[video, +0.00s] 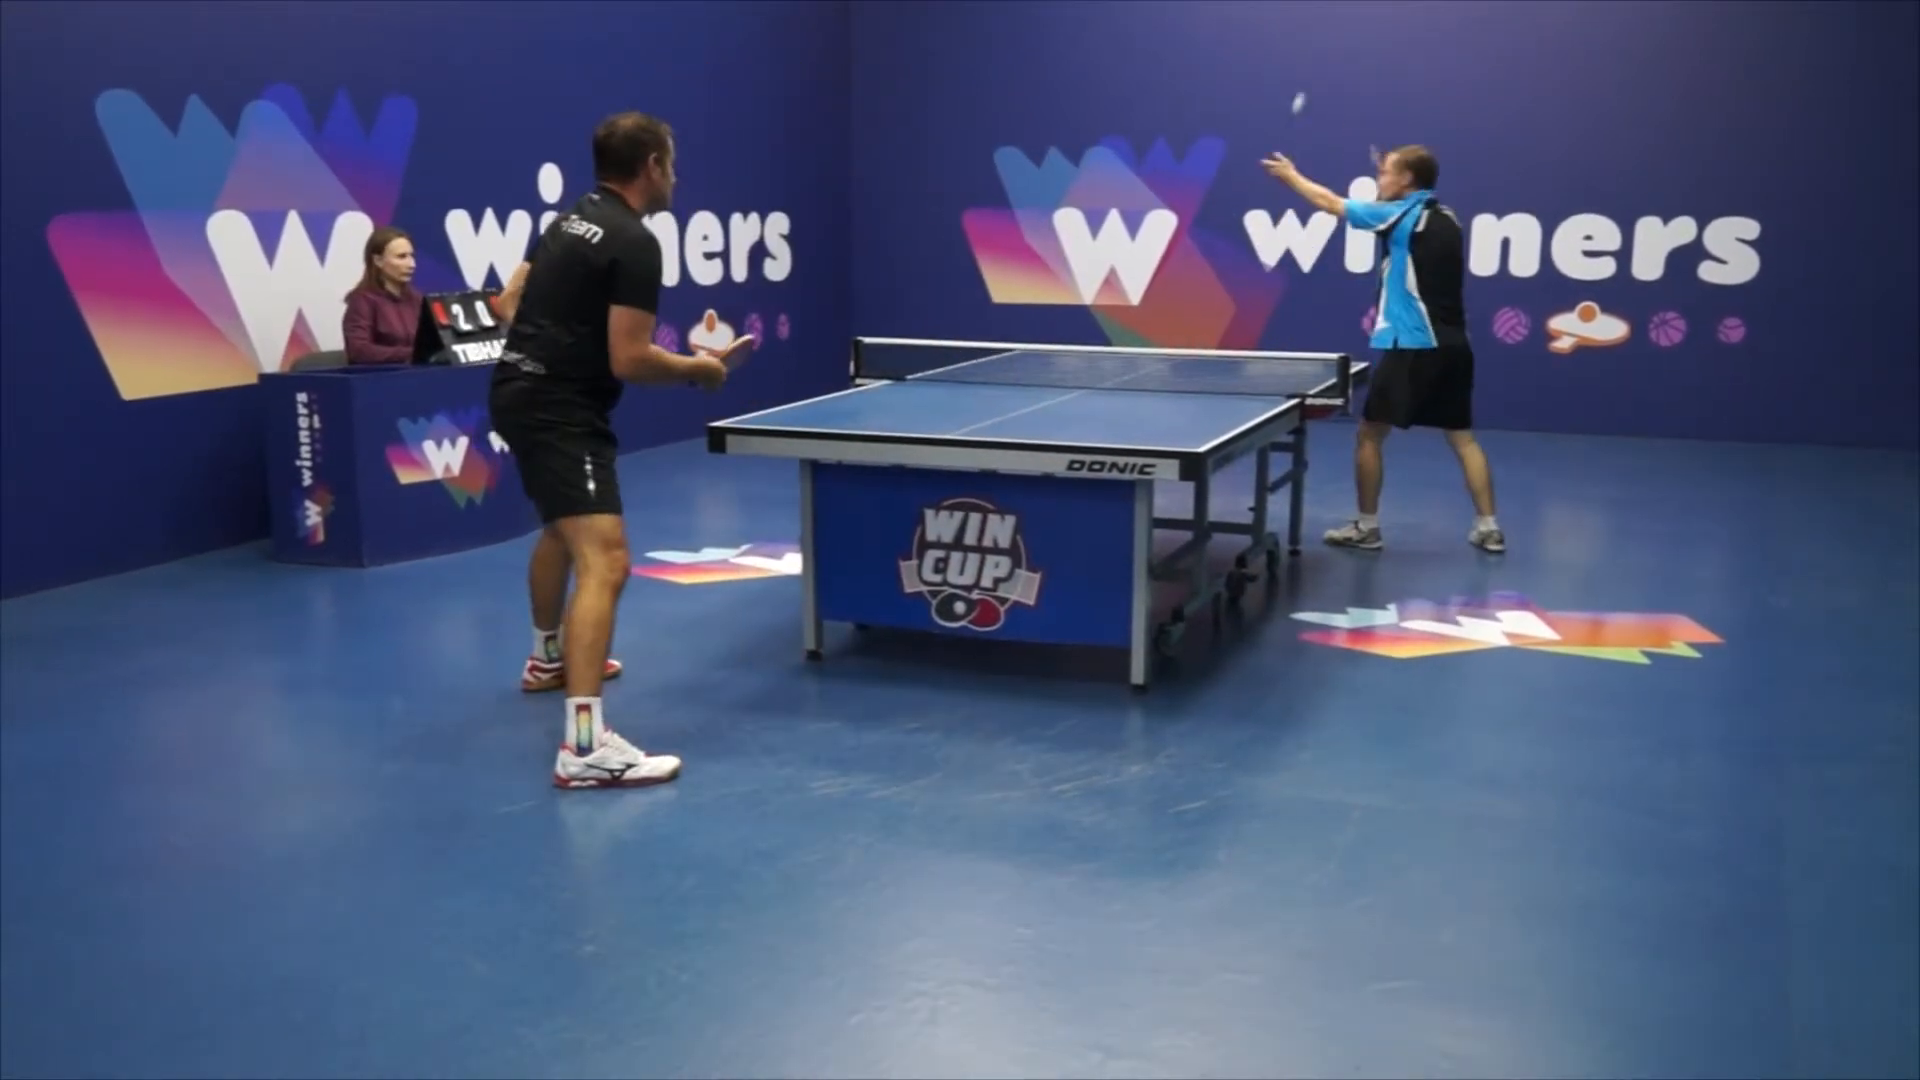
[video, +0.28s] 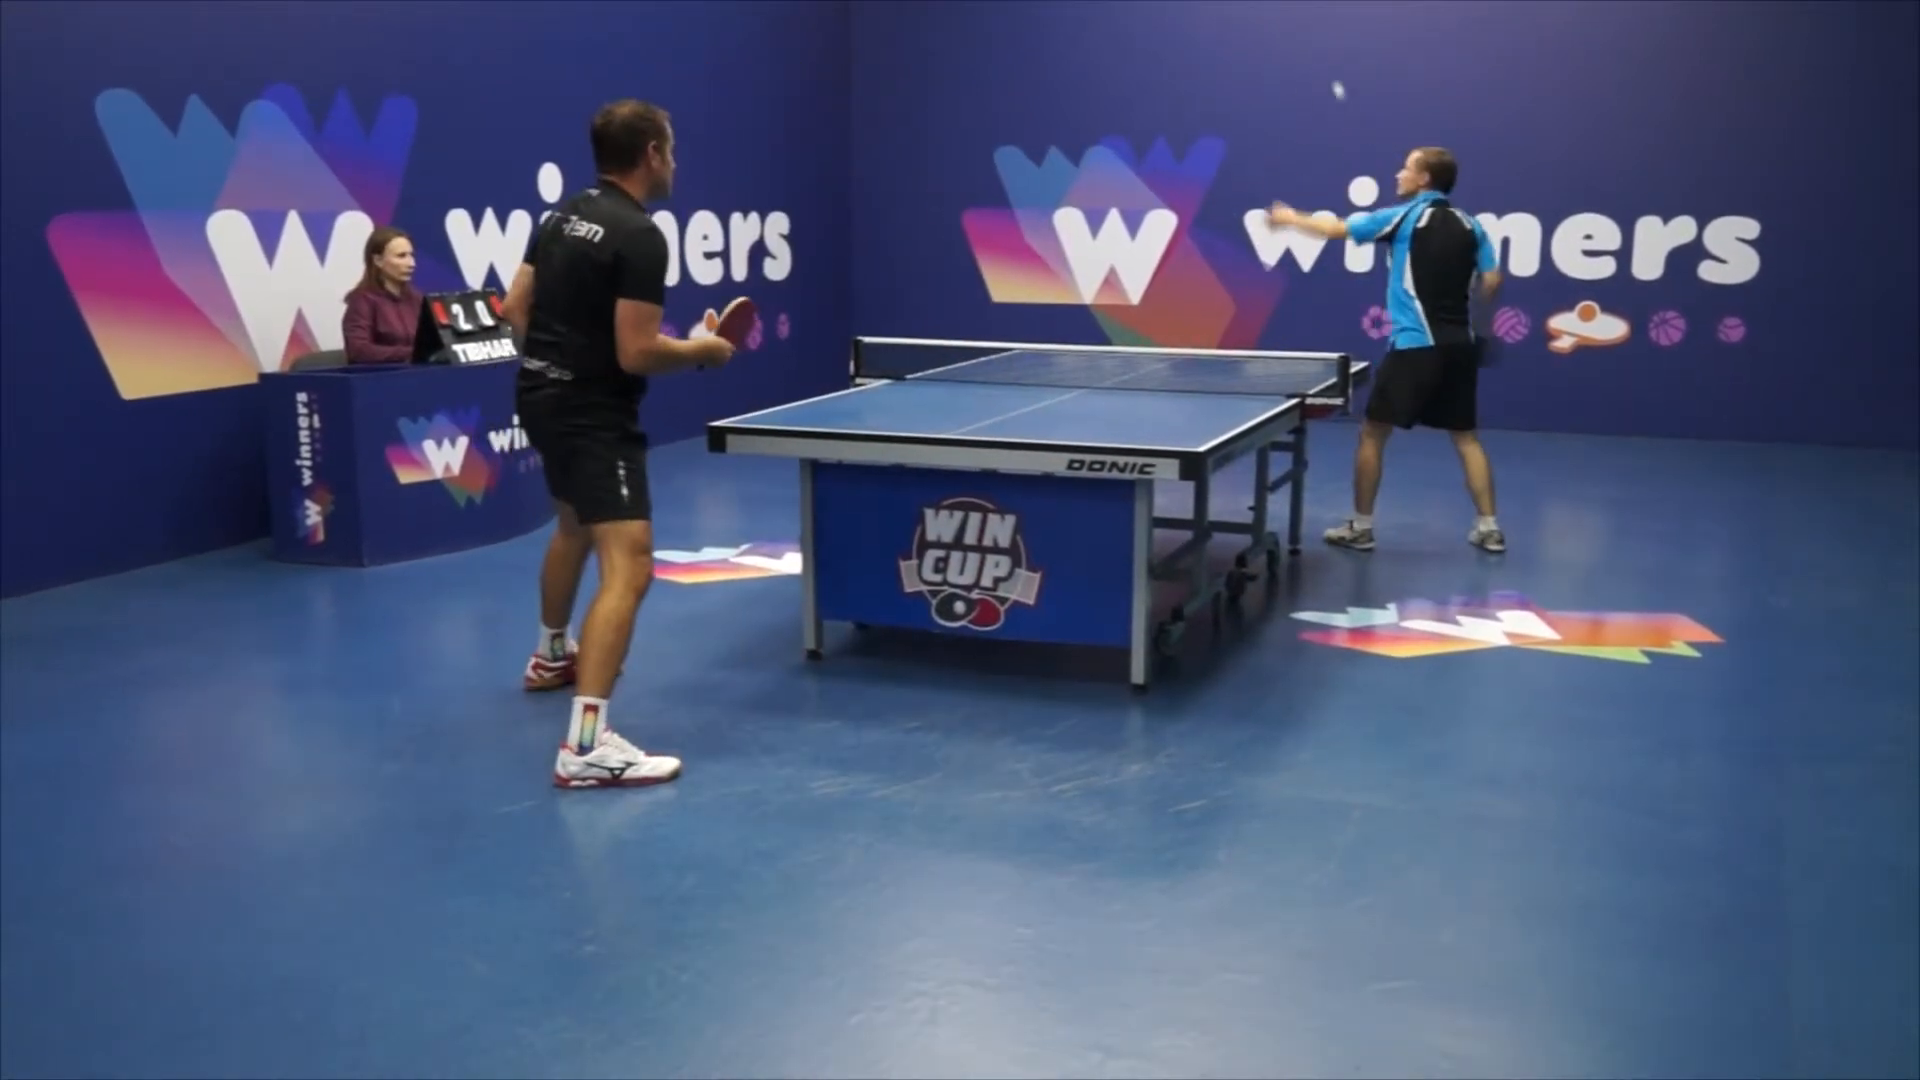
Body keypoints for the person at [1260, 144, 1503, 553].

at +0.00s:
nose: (1378, 179)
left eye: (1385, 173)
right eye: (1381, 172)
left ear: (1409, 181)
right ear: (1419, 184)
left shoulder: (1398, 215)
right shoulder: (1448, 219)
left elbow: (1333, 204)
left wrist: (1291, 177)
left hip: (1409, 352)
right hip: (1453, 351)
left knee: (1370, 435)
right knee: (1463, 438)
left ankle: (1366, 526)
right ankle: (1489, 526)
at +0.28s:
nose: (1398, 175)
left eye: (1406, 169)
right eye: (1402, 168)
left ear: (1424, 179)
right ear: (1436, 182)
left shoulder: (1402, 216)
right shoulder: (1471, 225)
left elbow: (1337, 229)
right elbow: (1491, 281)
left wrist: (1291, 218)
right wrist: (1475, 311)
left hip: (1412, 349)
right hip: (1460, 349)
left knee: (1373, 434)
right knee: (1467, 438)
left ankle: (1361, 526)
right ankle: (1489, 527)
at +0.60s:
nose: (1343, 238)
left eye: (1348, 229)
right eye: (1344, 230)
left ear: (1371, 228)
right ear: (1379, 227)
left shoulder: (1382, 262)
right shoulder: (1420, 237)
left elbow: (1388, 327)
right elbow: (1450, 224)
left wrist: (1360, 349)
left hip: (1436, 360)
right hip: (1477, 355)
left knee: (1371, 432)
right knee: (1465, 445)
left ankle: (1368, 525)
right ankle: (1489, 526)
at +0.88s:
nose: (1321, 234)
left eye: (1328, 226)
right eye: (1318, 227)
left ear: (1351, 225)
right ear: (1317, 227)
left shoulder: (1373, 256)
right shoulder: (1350, 257)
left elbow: (1421, 299)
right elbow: (1401, 255)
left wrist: (1377, 333)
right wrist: (1377, 325)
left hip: (1412, 356)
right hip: (1397, 354)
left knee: (1358, 434)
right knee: (1381, 437)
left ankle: (1376, 525)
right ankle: (1460, 477)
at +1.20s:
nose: (1335, 223)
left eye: (1343, 216)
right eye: (1332, 216)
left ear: (1364, 217)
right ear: (1328, 216)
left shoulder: (1387, 257)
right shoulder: (1337, 254)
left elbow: (1415, 310)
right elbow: (1342, 297)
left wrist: (1368, 334)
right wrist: (1323, 314)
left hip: (1395, 364)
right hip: (1356, 361)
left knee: (1397, 440)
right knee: (1322, 425)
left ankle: (1462, 505)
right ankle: (1325, 489)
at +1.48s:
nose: (1368, 213)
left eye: (1375, 206)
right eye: (1364, 207)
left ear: (1397, 207)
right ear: (1362, 208)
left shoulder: (1423, 244)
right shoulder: (1376, 252)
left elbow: (1458, 293)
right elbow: (1381, 304)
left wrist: (1415, 329)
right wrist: (1349, 329)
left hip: (1452, 351)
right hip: (1412, 355)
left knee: (1475, 429)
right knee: (1374, 425)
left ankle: (1529, 511)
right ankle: (1392, 498)